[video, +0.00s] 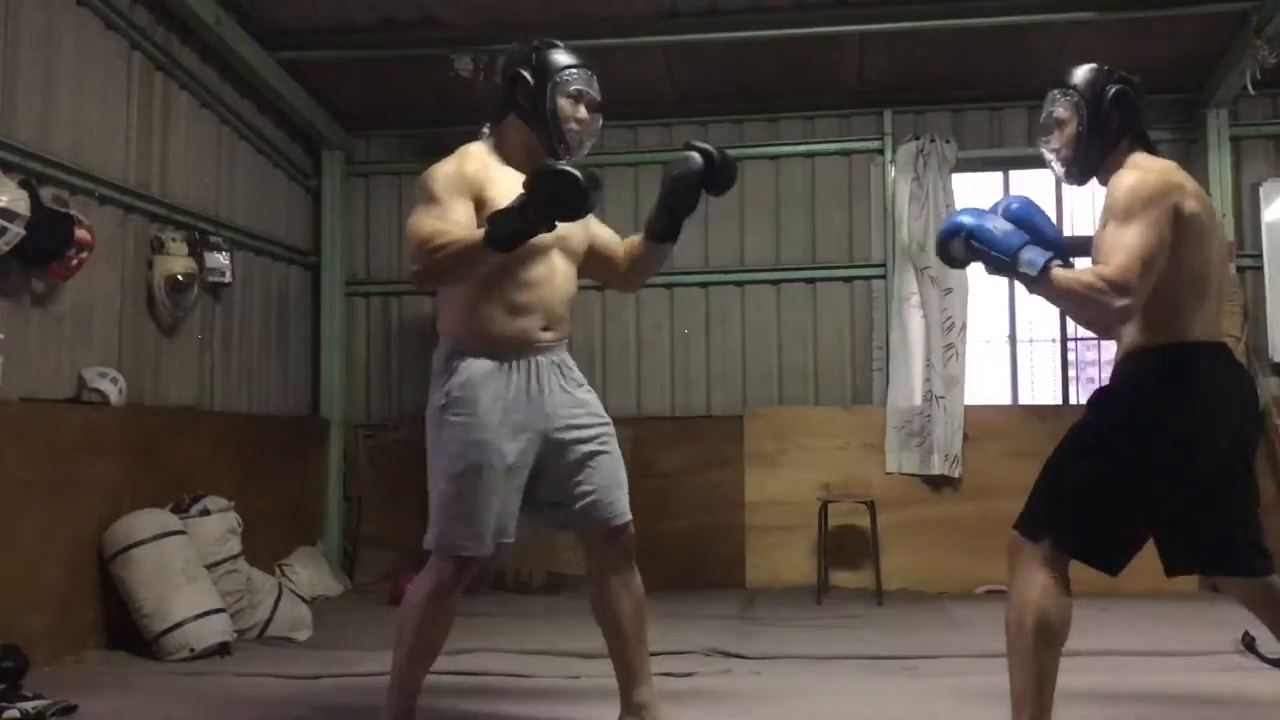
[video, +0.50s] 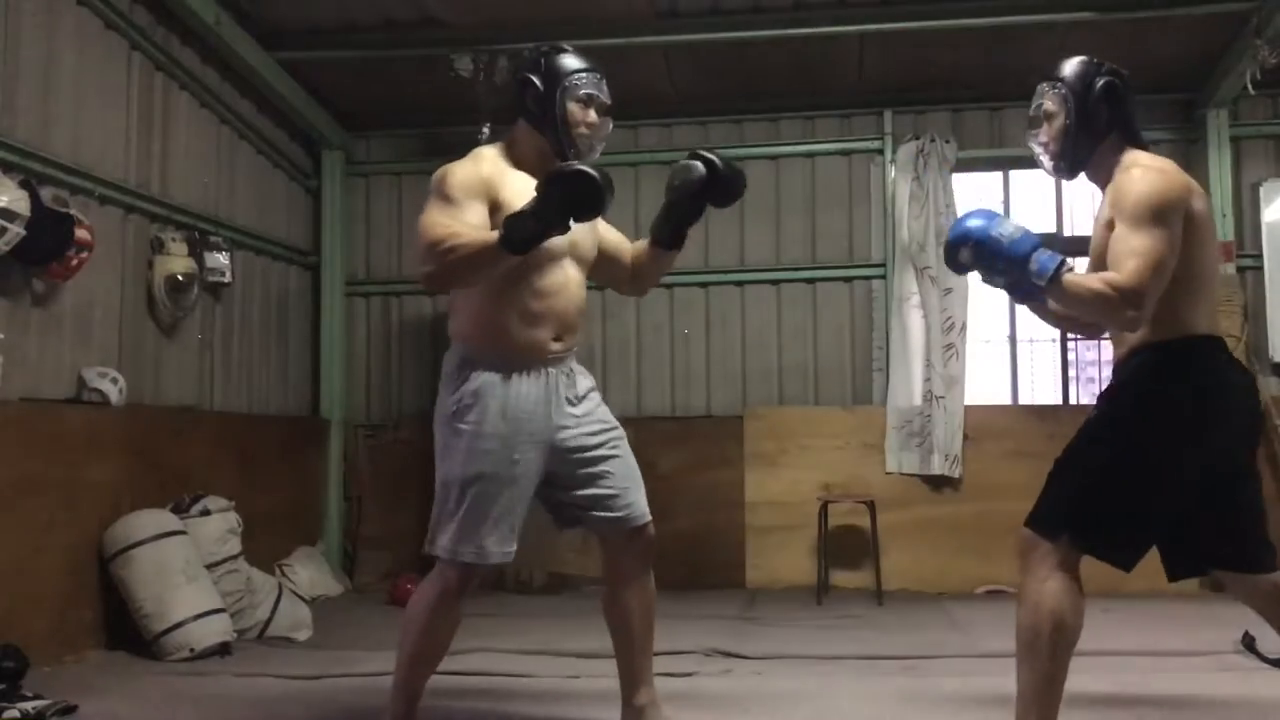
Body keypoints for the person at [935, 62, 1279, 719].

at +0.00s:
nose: (1049, 139)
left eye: (1059, 122)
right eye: (1046, 126)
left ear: (1106, 119)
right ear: (1118, 125)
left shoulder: (1141, 181)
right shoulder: (1174, 183)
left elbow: (1109, 305)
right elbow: (1134, 290)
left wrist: (1023, 260)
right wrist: (1057, 244)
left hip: (1161, 390)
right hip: (1218, 390)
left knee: (1037, 548)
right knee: (1239, 571)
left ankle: (1030, 713)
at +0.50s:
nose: (1037, 133)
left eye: (1047, 116)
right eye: (1036, 119)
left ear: (1091, 114)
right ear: (1089, 119)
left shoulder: (1147, 178)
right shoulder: (1120, 198)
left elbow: (1126, 302)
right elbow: (1092, 319)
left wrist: (1029, 255)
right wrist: (1011, 278)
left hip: (1169, 388)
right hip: (1204, 390)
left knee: (1047, 549)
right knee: (1242, 569)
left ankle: (1033, 711)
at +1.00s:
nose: (1083, 96)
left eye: (1095, 81)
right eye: (1084, 81)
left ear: (1136, 83)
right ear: (1166, 87)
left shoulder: (1124, 138)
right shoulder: (1227, 159)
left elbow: (1024, 249)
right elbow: (1110, 253)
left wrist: (964, 335)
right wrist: (1040, 200)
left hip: (1168, 326)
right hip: (1252, 345)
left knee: (1042, 499)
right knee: (1197, 555)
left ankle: (1085, 694)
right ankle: (1186, 713)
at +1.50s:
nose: (1141, 95)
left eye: (1155, 78)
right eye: (1139, 80)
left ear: (1212, 79)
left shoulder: (1272, 164)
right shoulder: (1184, 169)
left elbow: (1257, 287)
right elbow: (1206, 289)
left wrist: (1168, 236)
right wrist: (1135, 345)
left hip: (1264, 392)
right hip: (1201, 389)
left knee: (1272, 580)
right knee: (1105, 528)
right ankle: (1130, 708)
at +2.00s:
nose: (1006, 118)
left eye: (1015, 101)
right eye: (1006, 102)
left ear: (1065, 102)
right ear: (1070, 105)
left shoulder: (1159, 170)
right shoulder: (1050, 185)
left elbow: (1048, 274)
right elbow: (1024, 274)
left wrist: (980, 201)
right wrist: (963, 291)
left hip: (1188, 381)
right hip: (1101, 382)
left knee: (1216, 574)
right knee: (1013, 543)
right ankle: (1017, 713)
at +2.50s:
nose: (1065, 106)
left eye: (1077, 88)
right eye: (1064, 90)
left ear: (1138, 90)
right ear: (1132, 95)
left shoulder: (1224, 180)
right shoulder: (1100, 183)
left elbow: (1085, 272)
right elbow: (1111, 299)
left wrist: (1028, 191)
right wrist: (1069, 358)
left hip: (1215, 402)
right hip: (1123, 399)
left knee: (1257, 601)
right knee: (1018, 551)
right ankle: (1014, 713)